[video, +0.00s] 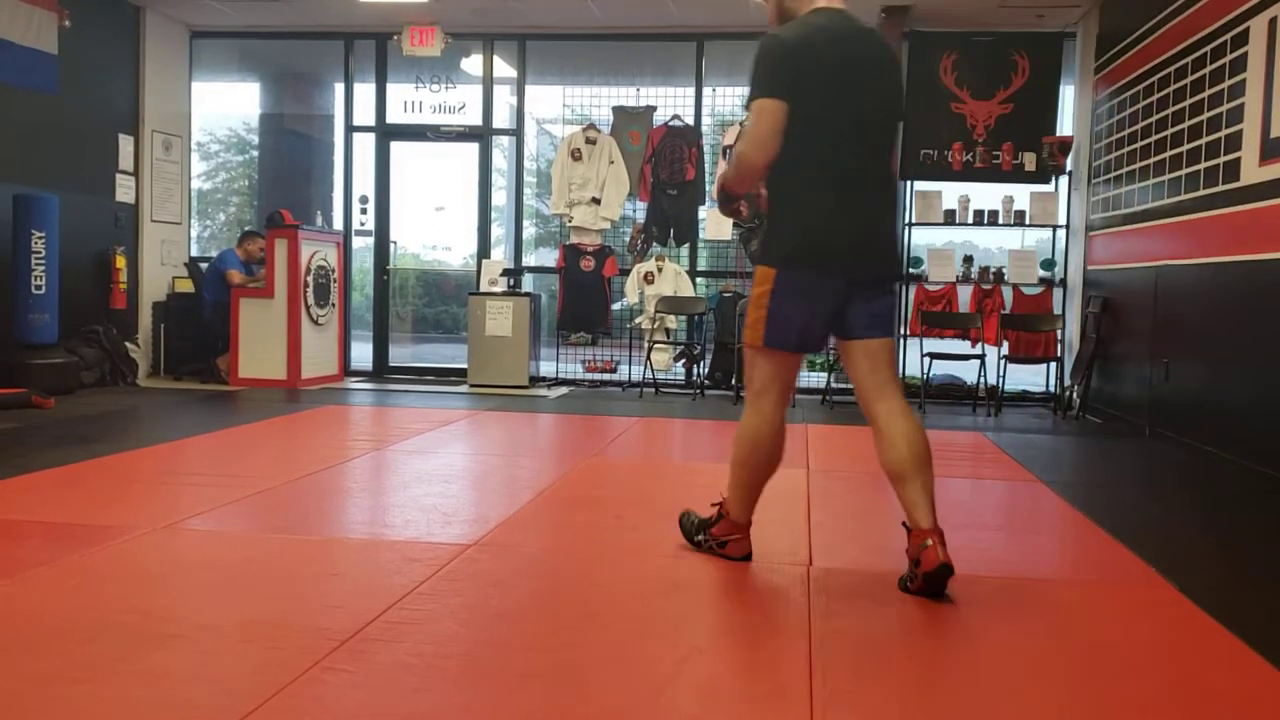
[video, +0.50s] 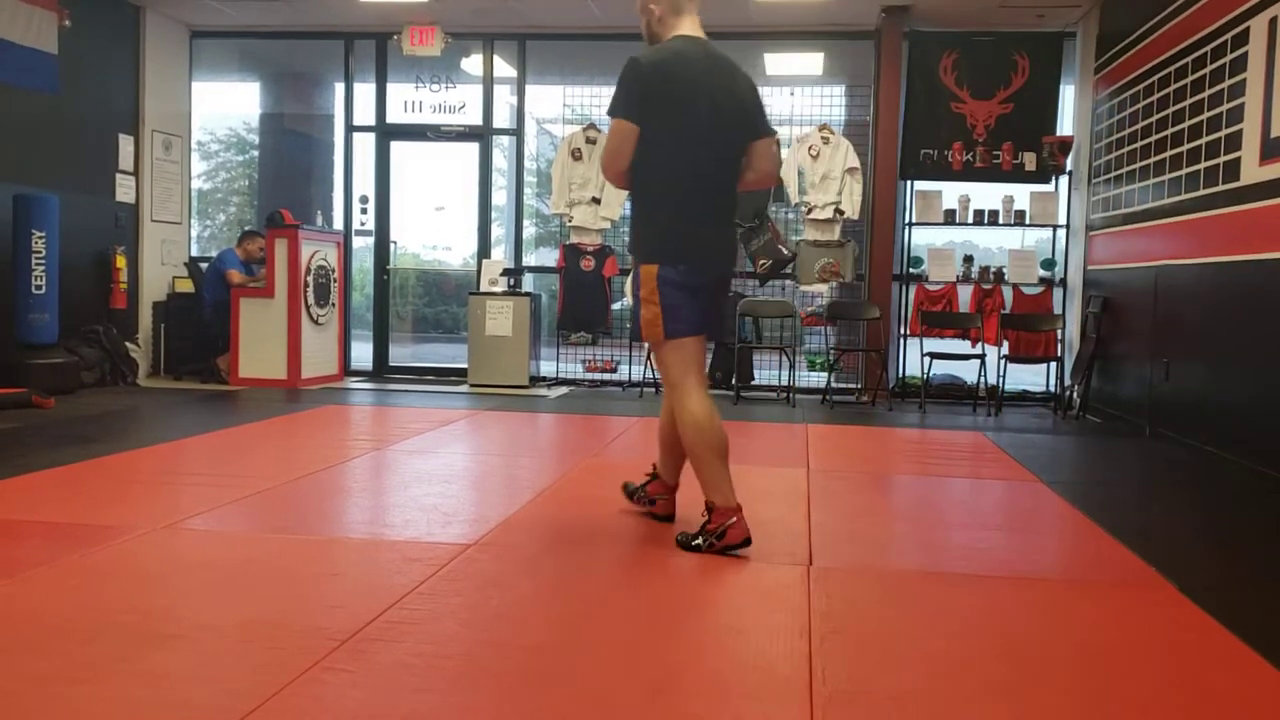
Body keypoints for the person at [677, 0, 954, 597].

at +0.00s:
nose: (761, 10)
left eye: (762, 5)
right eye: (761, 6)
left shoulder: (786, 43)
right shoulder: (883, 51)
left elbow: (755, 157)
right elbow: (886, 164)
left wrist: (731, 184)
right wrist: (780, 183)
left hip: (797, 250)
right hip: (873, 251)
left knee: (766, 395)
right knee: (883, 395)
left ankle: (732, 525)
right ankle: (928, 542)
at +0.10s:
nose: (736, 13)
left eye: (738, 8)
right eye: (738, 9)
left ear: (752, 3)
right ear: (801, 0)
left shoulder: (741, 49)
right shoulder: (846, 55)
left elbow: (701, 161)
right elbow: (856, 153)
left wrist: (734, 193)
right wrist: (798, 165)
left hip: (756, 243)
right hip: (827, 243)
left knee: (742, 388)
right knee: (838, 379)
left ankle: (731, 526)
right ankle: (890, 494)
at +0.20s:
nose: (710, 9)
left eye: (712, 6)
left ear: (724, 3)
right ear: (774, 1)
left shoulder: (707, 43)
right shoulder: (816, 51)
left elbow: (663, 141)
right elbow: (835, 150)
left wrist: (698, 180)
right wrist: (777, 168)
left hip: (729, 232)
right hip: (794, 230)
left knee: (727, 379)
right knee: (785, 361)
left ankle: (728, 524)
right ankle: (826, 464)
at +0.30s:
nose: (683, 9)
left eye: (685, 6)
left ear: (698, 4)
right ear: (746, 3)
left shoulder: (681, 45)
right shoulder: (786, 54)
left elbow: (640, 140)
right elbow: (813, 151)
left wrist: (676, 171)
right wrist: (755, 168)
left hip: (706, 234)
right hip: (767, 231)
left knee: (714, 377)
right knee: (745, 360)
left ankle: (728, 523)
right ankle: (756, 482)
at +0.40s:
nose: (665, 12)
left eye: (665, 9)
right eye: (667, 10)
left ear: (675, 6)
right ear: (722, 7)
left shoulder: (663, 55)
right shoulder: (760, 65)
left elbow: (625, 152)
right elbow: (789, 160)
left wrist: (651, 180)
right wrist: (734, 175)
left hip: (686, 238)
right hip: (740, 238)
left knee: (705, 383)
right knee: (708, 375)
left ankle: (728, 521)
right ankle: (692, 489)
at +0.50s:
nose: (640, 23)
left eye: (640, 15)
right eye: (641, 15)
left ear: (654, 11)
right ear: (696, 13)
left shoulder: (647, 67)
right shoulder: (739, 78)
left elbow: (615, 167)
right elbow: (764, 172)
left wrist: (653, 181)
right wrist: (706, 179)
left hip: (666, 245)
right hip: (715, 245)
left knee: (687, 381)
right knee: (681, 375)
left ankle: (725, 515)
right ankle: (662, 487)